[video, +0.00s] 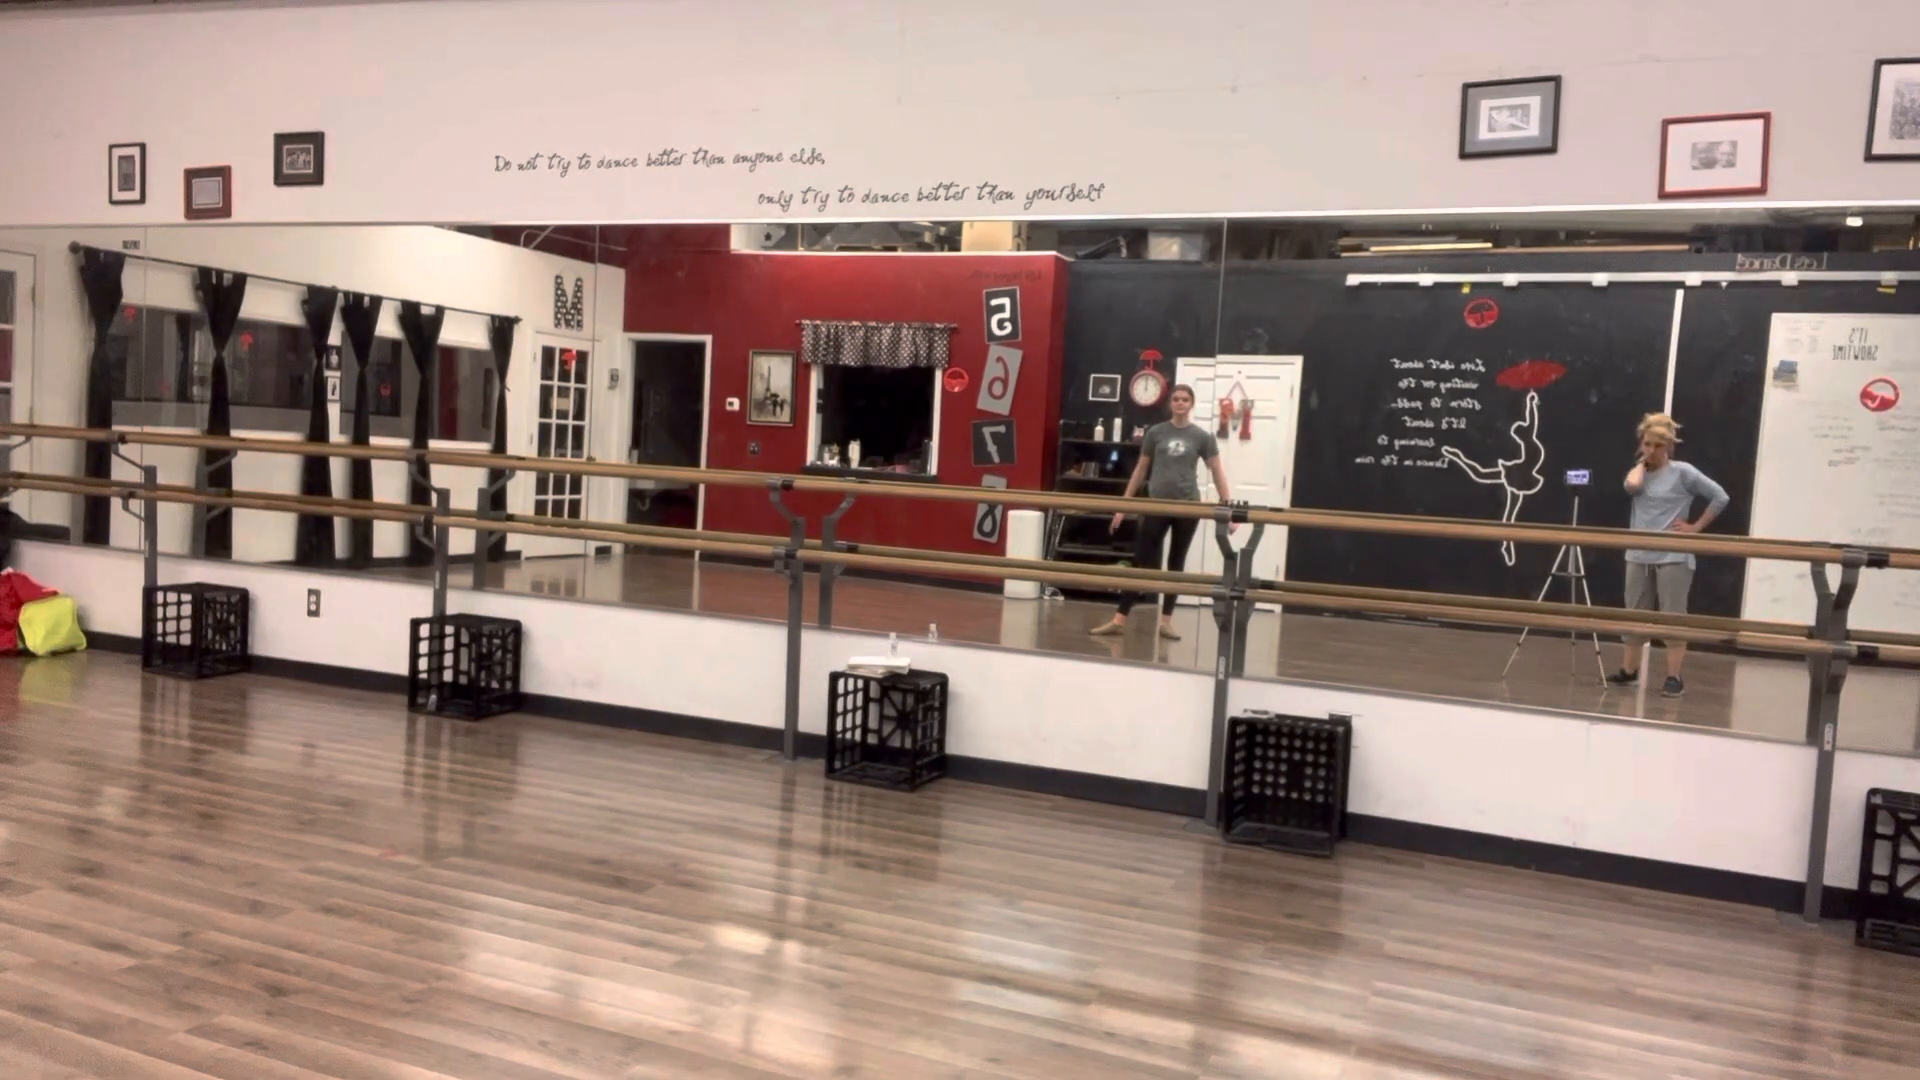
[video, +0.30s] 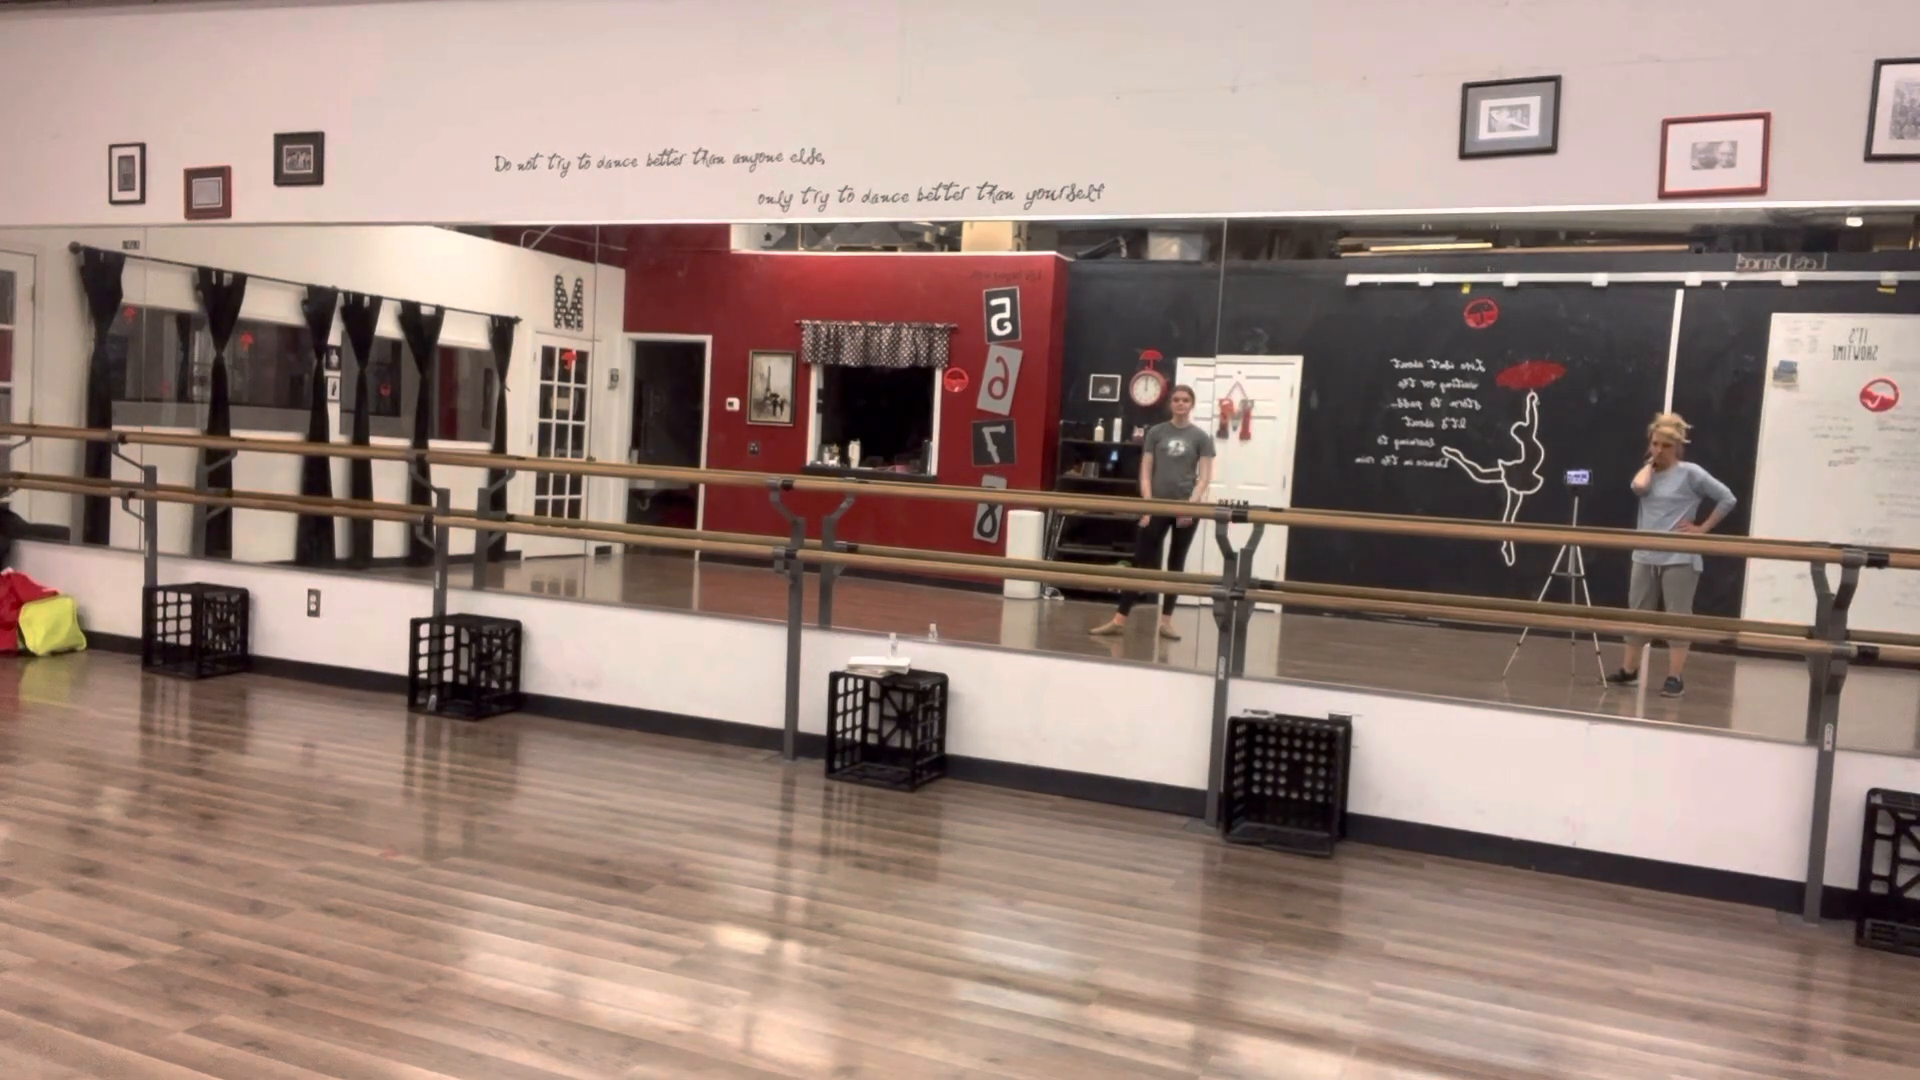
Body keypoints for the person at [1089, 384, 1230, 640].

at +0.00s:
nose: (1180, 403)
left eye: (1185, 400)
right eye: (1176, 399)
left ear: (1192, 405)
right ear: (1170, 403)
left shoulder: (1202, 436)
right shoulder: (1155, 433)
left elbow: (1217, 473)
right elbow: (1140, 471)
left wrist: (1227, 507)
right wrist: (1123, 507)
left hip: (1187, 509)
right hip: (1156, 506)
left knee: (1176, 563)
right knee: (1141, 559)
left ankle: (1165, 620)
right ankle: (1120, 618)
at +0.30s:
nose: (1180, 404)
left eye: (1185, 400)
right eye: (1176, 400)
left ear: (1192, 405)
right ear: (1170, 403)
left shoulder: (1202, 438)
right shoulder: (1155, 432)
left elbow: (1204, 478)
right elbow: (1145, 472)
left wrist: (1191, 507)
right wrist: (1148, 507)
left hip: (1185, 509)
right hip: (1157, 506)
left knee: (1176, 564)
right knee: (1141, 560)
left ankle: (1166, 620)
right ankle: (1120, 617)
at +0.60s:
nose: (1179, 404)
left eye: (1184, 400)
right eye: (1176, 400)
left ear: (1191, 404)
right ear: (1170, 403)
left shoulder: (1202, 438)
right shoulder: (1155, 432)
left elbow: (1203, 479)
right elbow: (1144, 470)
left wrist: (1187, 509)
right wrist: (1154, 504)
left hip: (1185, 508)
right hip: (1156, 505)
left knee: (1175, 564)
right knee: (1141, 560)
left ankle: (1166, 620)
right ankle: (1120, 617)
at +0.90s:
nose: (1177, 403)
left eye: (1182, 400)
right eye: (1174, 399)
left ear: (1190, 404)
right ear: (1168, 403)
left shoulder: (1201, 437)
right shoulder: (1154, 432)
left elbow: (1212, 476)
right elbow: (1141, 471)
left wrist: (1220, 506)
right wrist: (1128, 507)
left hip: (1186, 509)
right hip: (1155, 507)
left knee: (1175, 564)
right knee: (1141, 560)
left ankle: (1165, 620)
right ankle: (1120, 618)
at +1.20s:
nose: (1177, 403)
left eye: (1182, 399)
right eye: (1173, 399)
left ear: (1190, 404)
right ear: (1168, 403)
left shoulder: (1200, 436)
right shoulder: (1154, 432)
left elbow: (1215, 475)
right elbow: (1137, 470)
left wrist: (1225, 509)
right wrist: (1120, 508)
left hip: (1186, 509)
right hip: (1155, 507)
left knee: (1175, 564)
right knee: (1140, 560)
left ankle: (1165, 620)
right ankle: (1120, 618)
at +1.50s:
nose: (1178, 404)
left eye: (1182, 400)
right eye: (1174, 400)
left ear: (1190, 404)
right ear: (1168, 403)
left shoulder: (1200, 437)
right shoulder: (1153, 432)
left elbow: (1201, 477)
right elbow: (1147, 471)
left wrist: (1188, 508)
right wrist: (1150, 505)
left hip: (1184, 508)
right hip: (1156, 505)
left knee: (1175, 564)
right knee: (1142, 560)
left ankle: (1166, 619)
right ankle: (1120, 617)